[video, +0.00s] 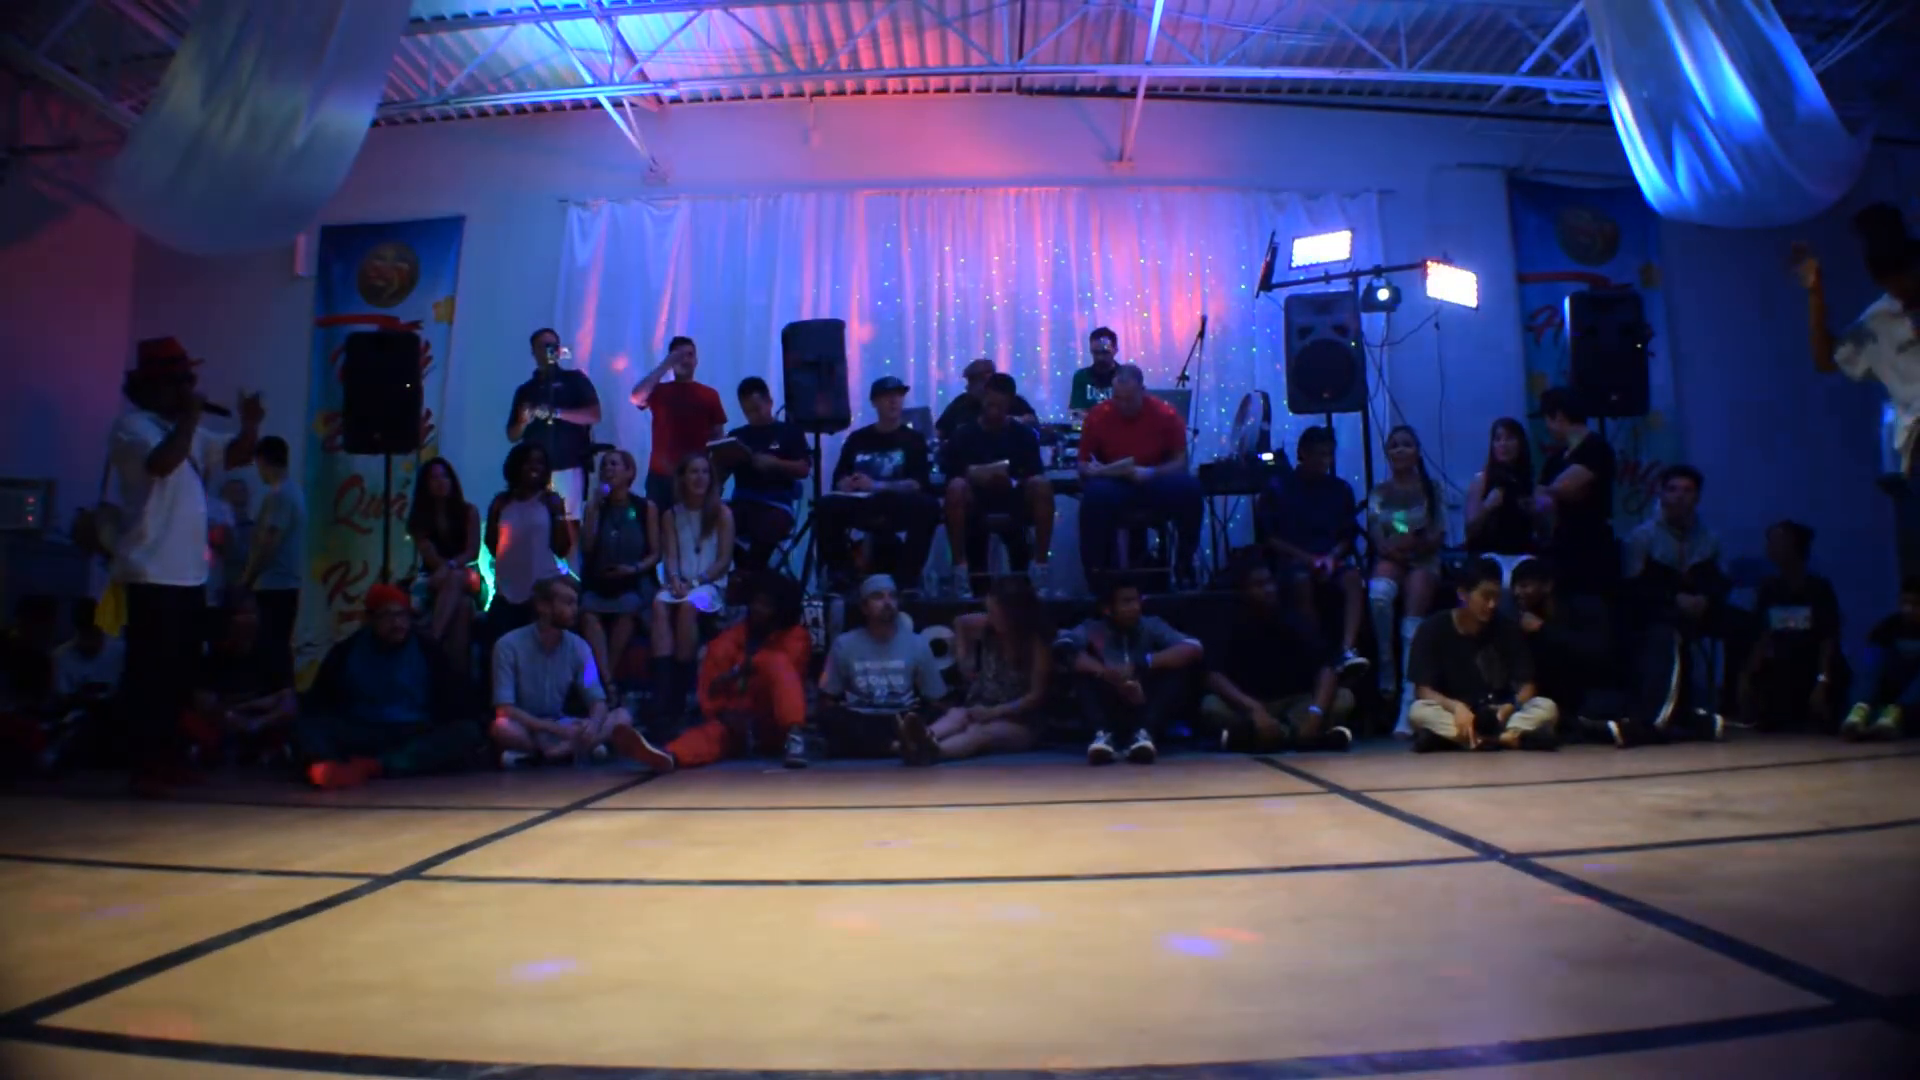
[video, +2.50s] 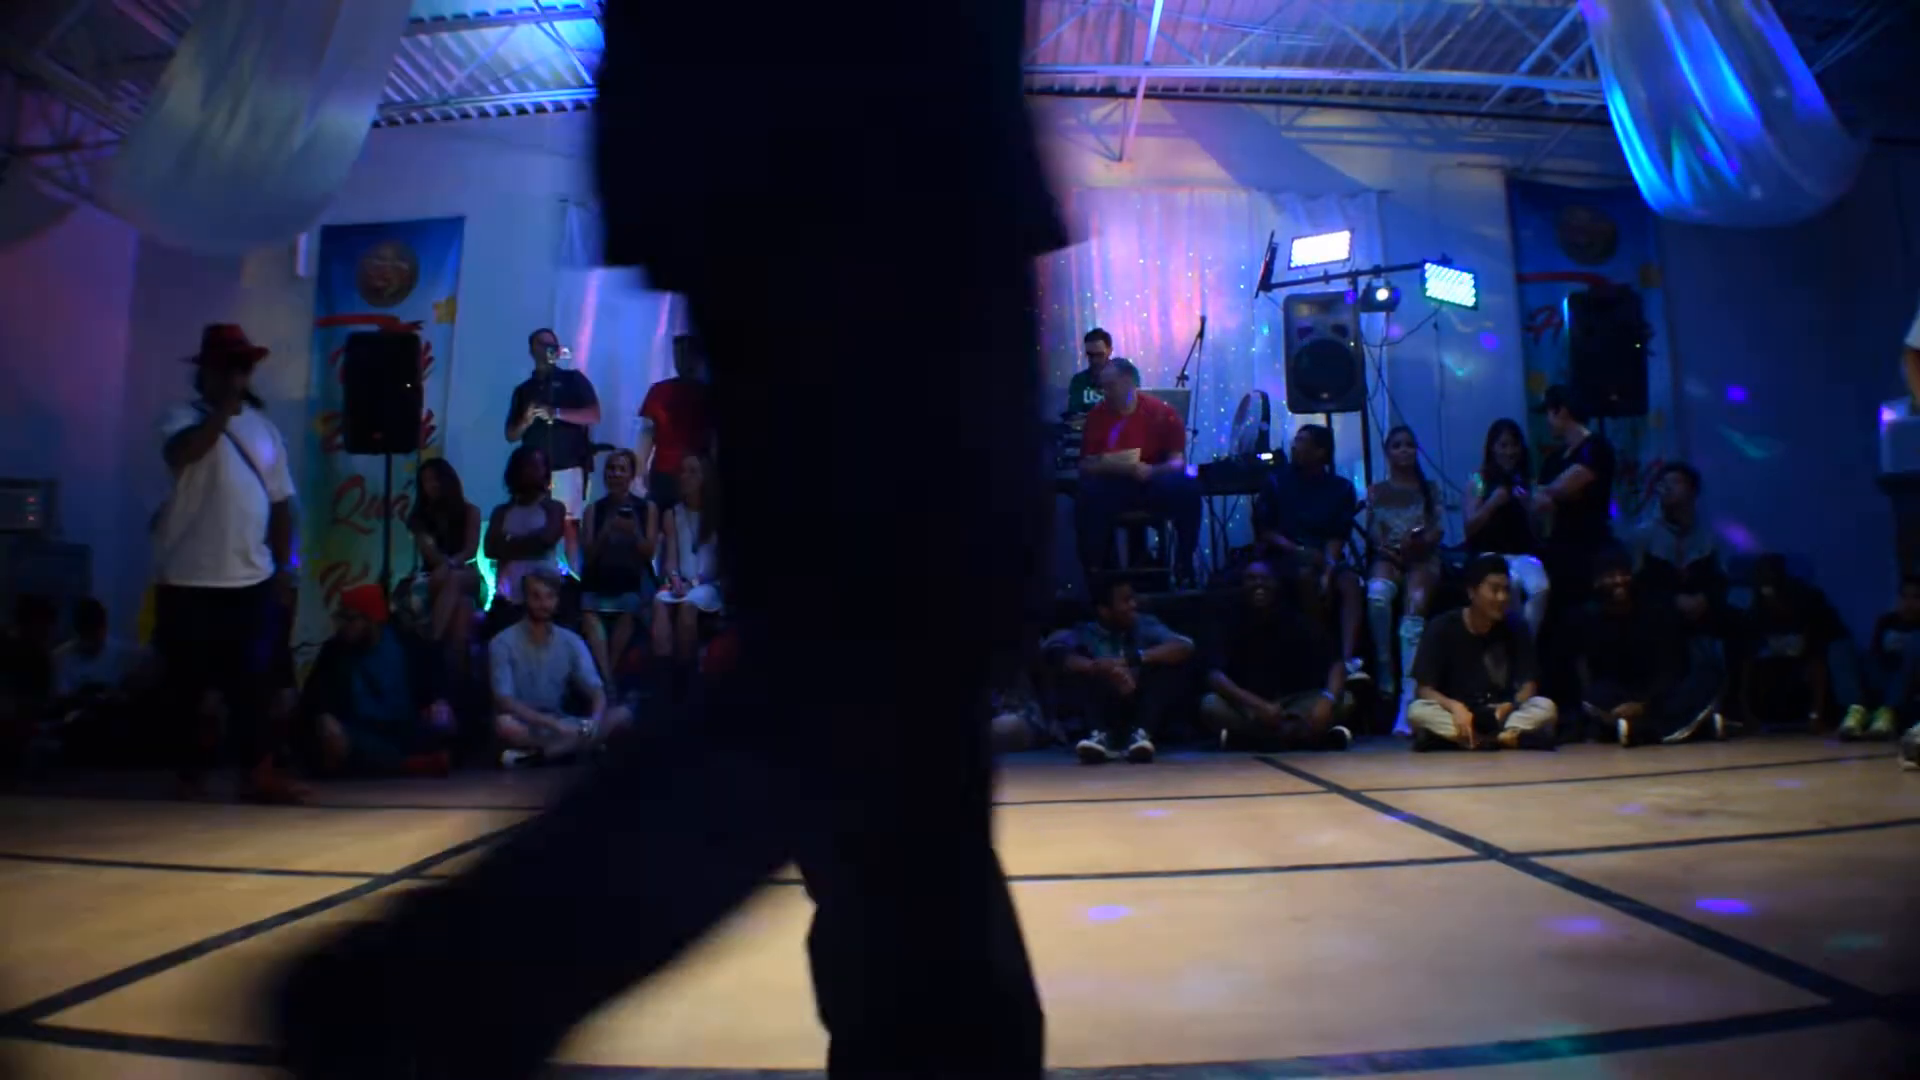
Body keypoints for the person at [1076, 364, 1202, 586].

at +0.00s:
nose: (1123, 405)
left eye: (1129, 399)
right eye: (1118, 398)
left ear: (1142, 392)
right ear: (1112, 393)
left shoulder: (1165, 415)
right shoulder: (1098, 416)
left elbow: (1180, 462)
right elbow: (1084, 464)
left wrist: (1150, 473)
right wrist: (1109, 470)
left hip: (1154, 483)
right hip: (1115, 483)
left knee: (1189, 490)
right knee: (1095, 496)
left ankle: (1184, 567)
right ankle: (1097, 575)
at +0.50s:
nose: (1120, 405)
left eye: (1126, 399)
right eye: (1116, 398)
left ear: (1141, 392)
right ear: (1111, 393)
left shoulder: (1165, 415)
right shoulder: (1096, 417)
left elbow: (1180, 462)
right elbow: (1085, 465)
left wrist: (1150, 473)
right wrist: (1109, 470)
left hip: (1153, 484)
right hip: (1115, 484)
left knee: (1188, 489)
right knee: (1095, 493)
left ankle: (1184, 568)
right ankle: (1096, 575)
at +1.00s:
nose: (1122, 405)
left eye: (1128, 399)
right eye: (1118, 399)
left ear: (1141, 392)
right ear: (1111, 394)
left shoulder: (1166, 415)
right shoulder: (1096, 418)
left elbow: (1180, 461)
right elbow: (1086, 464)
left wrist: (1151, 473)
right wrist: (1108, 471)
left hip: (1155, 484)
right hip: (1115, 484)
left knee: (1190, 490)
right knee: (1094, 495)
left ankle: (1185, 566)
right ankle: (1097, 574)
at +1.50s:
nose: (1123, 406)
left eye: (1128, 400)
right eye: (1118, 400)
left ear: (1140, 392)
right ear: (1111, 394)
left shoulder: (1166, 415)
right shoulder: (1096, 416)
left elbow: (1180, 463)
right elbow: (1086, 461)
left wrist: (1150, 473)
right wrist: (1095, 470)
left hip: (1154, 483)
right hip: (1114, 483)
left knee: (1189, 492)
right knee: (1095, 495)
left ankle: (1184, 568)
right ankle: (1097, 575)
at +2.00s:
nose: (1122, 405)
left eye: (1127, 399)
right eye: (1117, 399)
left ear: (1140, 392)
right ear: (1111, 393)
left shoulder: (1165, 414)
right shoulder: (1096, 416)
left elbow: (1180, 463)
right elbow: (1086, 464)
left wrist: (1150, 473)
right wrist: (1108, 471)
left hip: (1154, 482)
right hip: (1115, 483)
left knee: (1188, 490)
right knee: (1094, 495)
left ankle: (1184, 568)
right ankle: (1097, 575)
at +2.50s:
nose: (1105, 392)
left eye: (1110, 385)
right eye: (1103, 386)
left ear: (1130, 382)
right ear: (1101, 387)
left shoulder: (1162, 413)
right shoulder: (1096, 417)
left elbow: (1178, 461)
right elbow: (1086, 464)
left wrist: (1152, 470)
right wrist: (1111, 466)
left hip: (1151, 482)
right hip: (1112, 483)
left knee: (1188, 489)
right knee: (1088, 496)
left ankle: (1184, 566)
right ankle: (1097, 572)